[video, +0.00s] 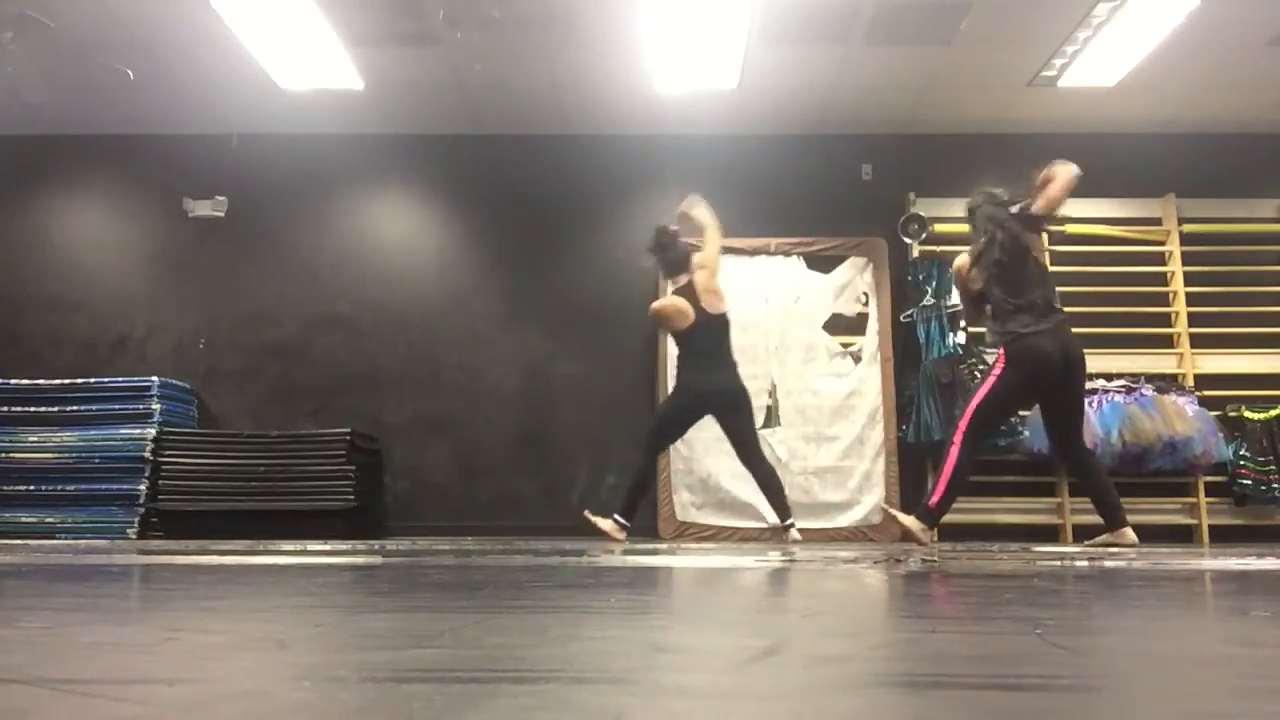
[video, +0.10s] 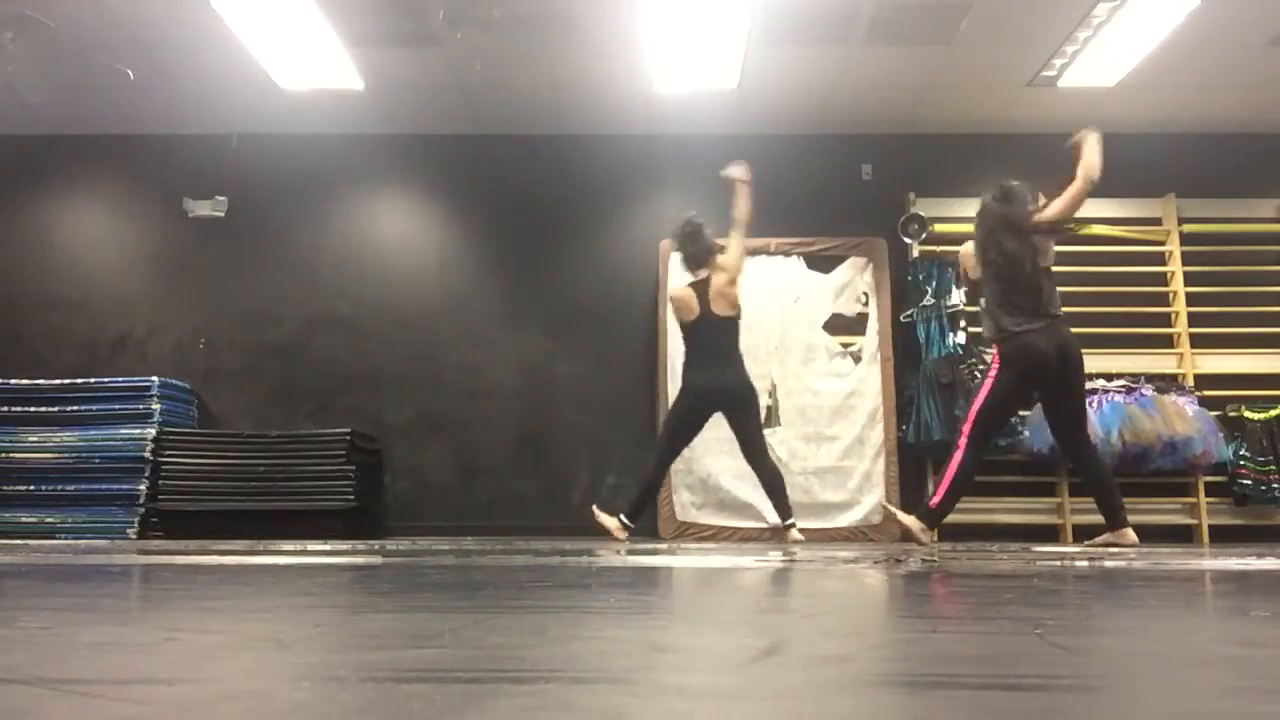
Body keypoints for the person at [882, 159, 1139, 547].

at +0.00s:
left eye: (972, 214)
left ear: (973, 220)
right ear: (1007, 208)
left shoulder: (966, 263)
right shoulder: (1026, 222)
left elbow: (974, 311)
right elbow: (1066, 176)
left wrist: (975, 282)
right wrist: (1055, 170)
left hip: (1022, 354)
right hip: (1065, 346)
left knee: (966, 432)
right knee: (1072, 447)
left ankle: (926, 520)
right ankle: (1120, 527)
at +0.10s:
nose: (1039, 204)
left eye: (1035, 200)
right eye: (1034, 201)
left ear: (988, 212)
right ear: (1026, 208)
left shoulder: (971, 251)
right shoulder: (1040, 228)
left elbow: (972, 280)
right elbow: (1087, 179)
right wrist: (1091, 138)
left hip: (1016, 350)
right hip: (1060, 342)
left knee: (971, 438)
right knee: (1078, 443)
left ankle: (926, 521)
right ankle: (1121, 528)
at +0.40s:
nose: (1027, 222)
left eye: (1024, 217)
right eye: (1024, 217)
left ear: (984, 223)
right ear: (1018, 221)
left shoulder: (965, 255)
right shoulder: (1034, 249)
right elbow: (1096, 210)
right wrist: (1136, 166)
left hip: (1010, 348)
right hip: (1054, 340)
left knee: (970, 439)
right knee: (1070, 439)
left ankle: (923, 522)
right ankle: (1120, 528)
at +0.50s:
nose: (960, 248)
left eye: (961, 243)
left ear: (966, 248)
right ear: (1001, 242)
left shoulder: (960, 278)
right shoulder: (1024, 260)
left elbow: (949, 321)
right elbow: (1081, 250)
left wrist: (957, 280)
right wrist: (1135, 222)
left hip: (1026, 354)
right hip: (1068, 350)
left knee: (972, 435)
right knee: (1057, 447)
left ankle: (921, 522)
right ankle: (1116, 527)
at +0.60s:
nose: (932, 299)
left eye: (935, 292)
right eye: (931, 292)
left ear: (947, 290)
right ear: (970, 280)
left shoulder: (950, 317)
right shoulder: (1006, 294)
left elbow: (930, 372)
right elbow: (1055, 298)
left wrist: (932, 331)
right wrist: (1110, 293)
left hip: (1042, 370)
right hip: (1076, 365)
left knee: (970, 433)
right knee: (1047, 457)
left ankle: (921, 524)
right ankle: (1116, 528)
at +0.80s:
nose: (880, 327)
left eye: (885, 318)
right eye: (878, 319)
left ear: (909, 318)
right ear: (907, 318)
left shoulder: (934, 335)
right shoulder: (923, 339)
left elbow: (956, 394)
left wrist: (920, 373)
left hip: (1030, 393)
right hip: (1033, 394)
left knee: (952, 437)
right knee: (1011, 486)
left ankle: (918, 529)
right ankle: (1107, 519)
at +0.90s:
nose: (874, 310)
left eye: (881, 300)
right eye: (870, 302)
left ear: (908, 302)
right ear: (872, 307)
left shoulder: (946, 322)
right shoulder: (887, 336)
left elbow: (981, 375)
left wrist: (918, 375)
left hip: (998, 383)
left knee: (944, 440)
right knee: (994, 492)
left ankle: (917, 529)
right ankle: (1093, 511)